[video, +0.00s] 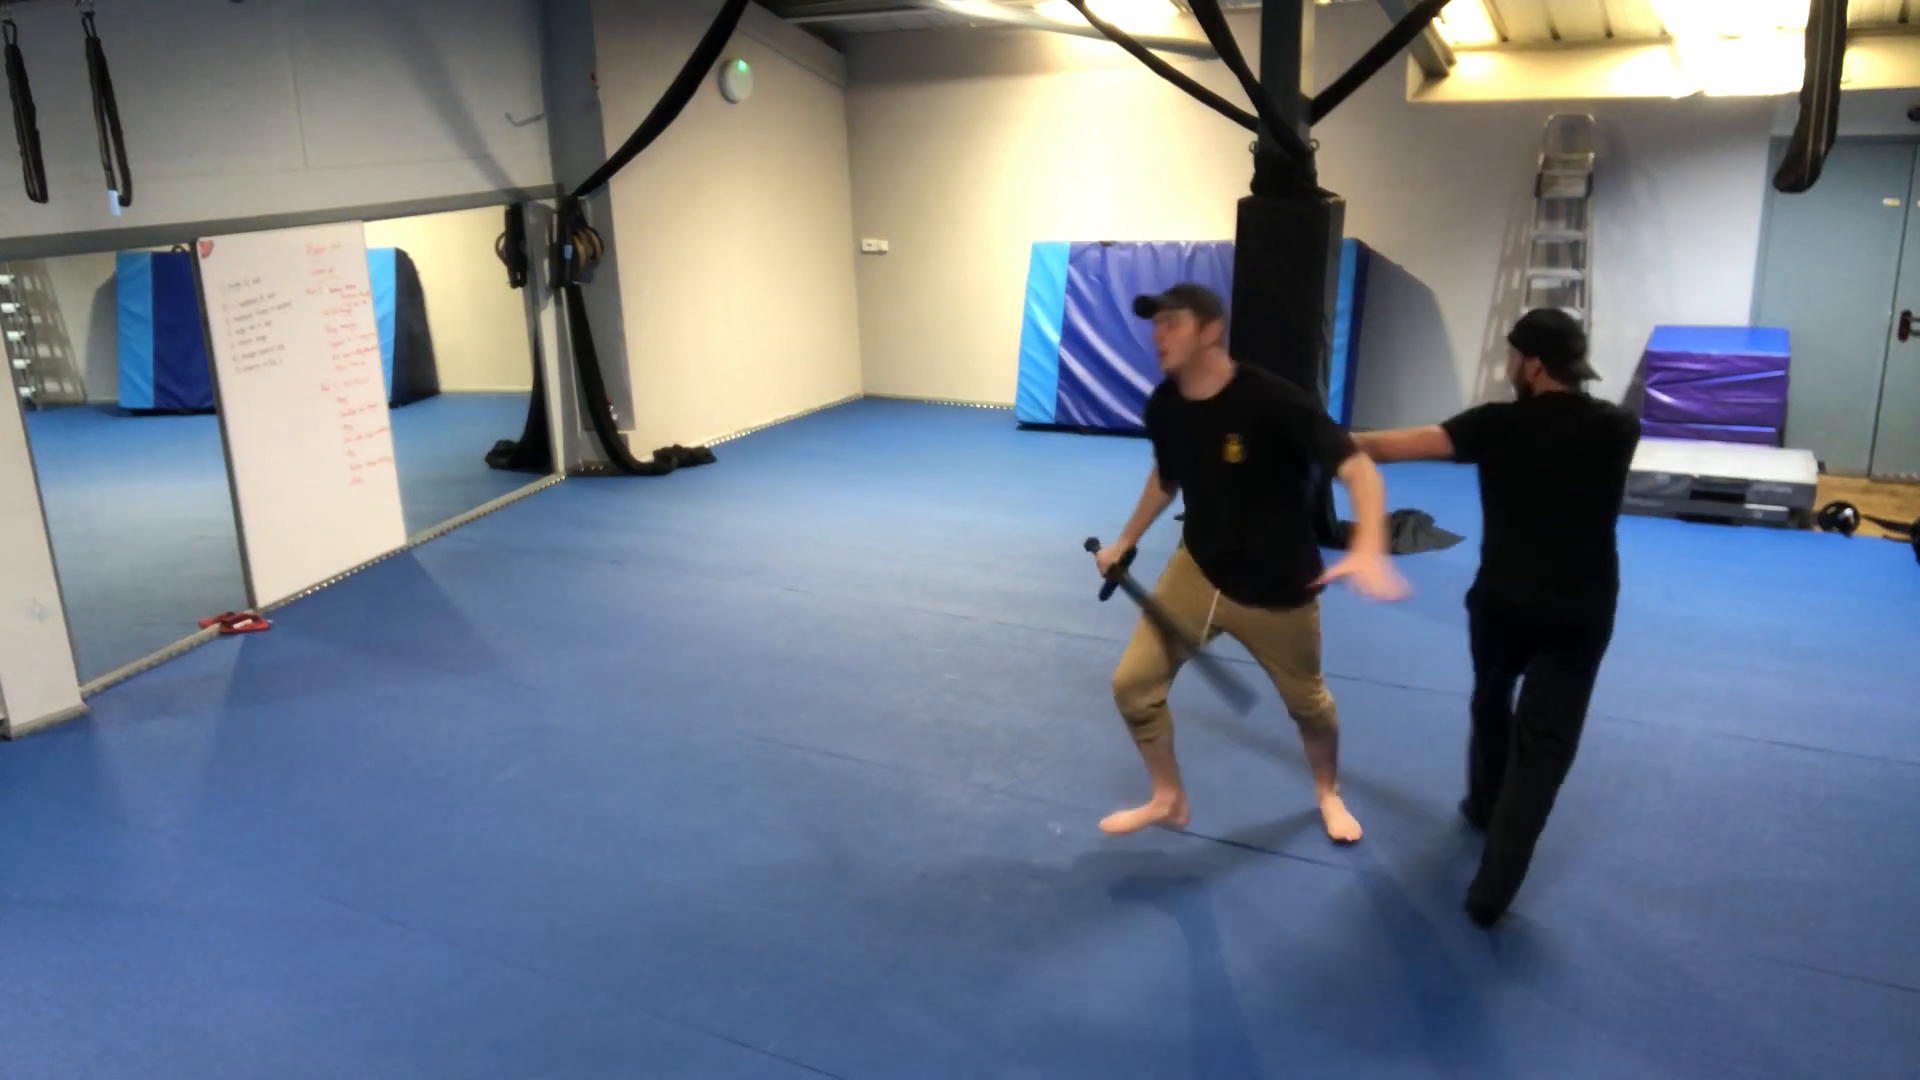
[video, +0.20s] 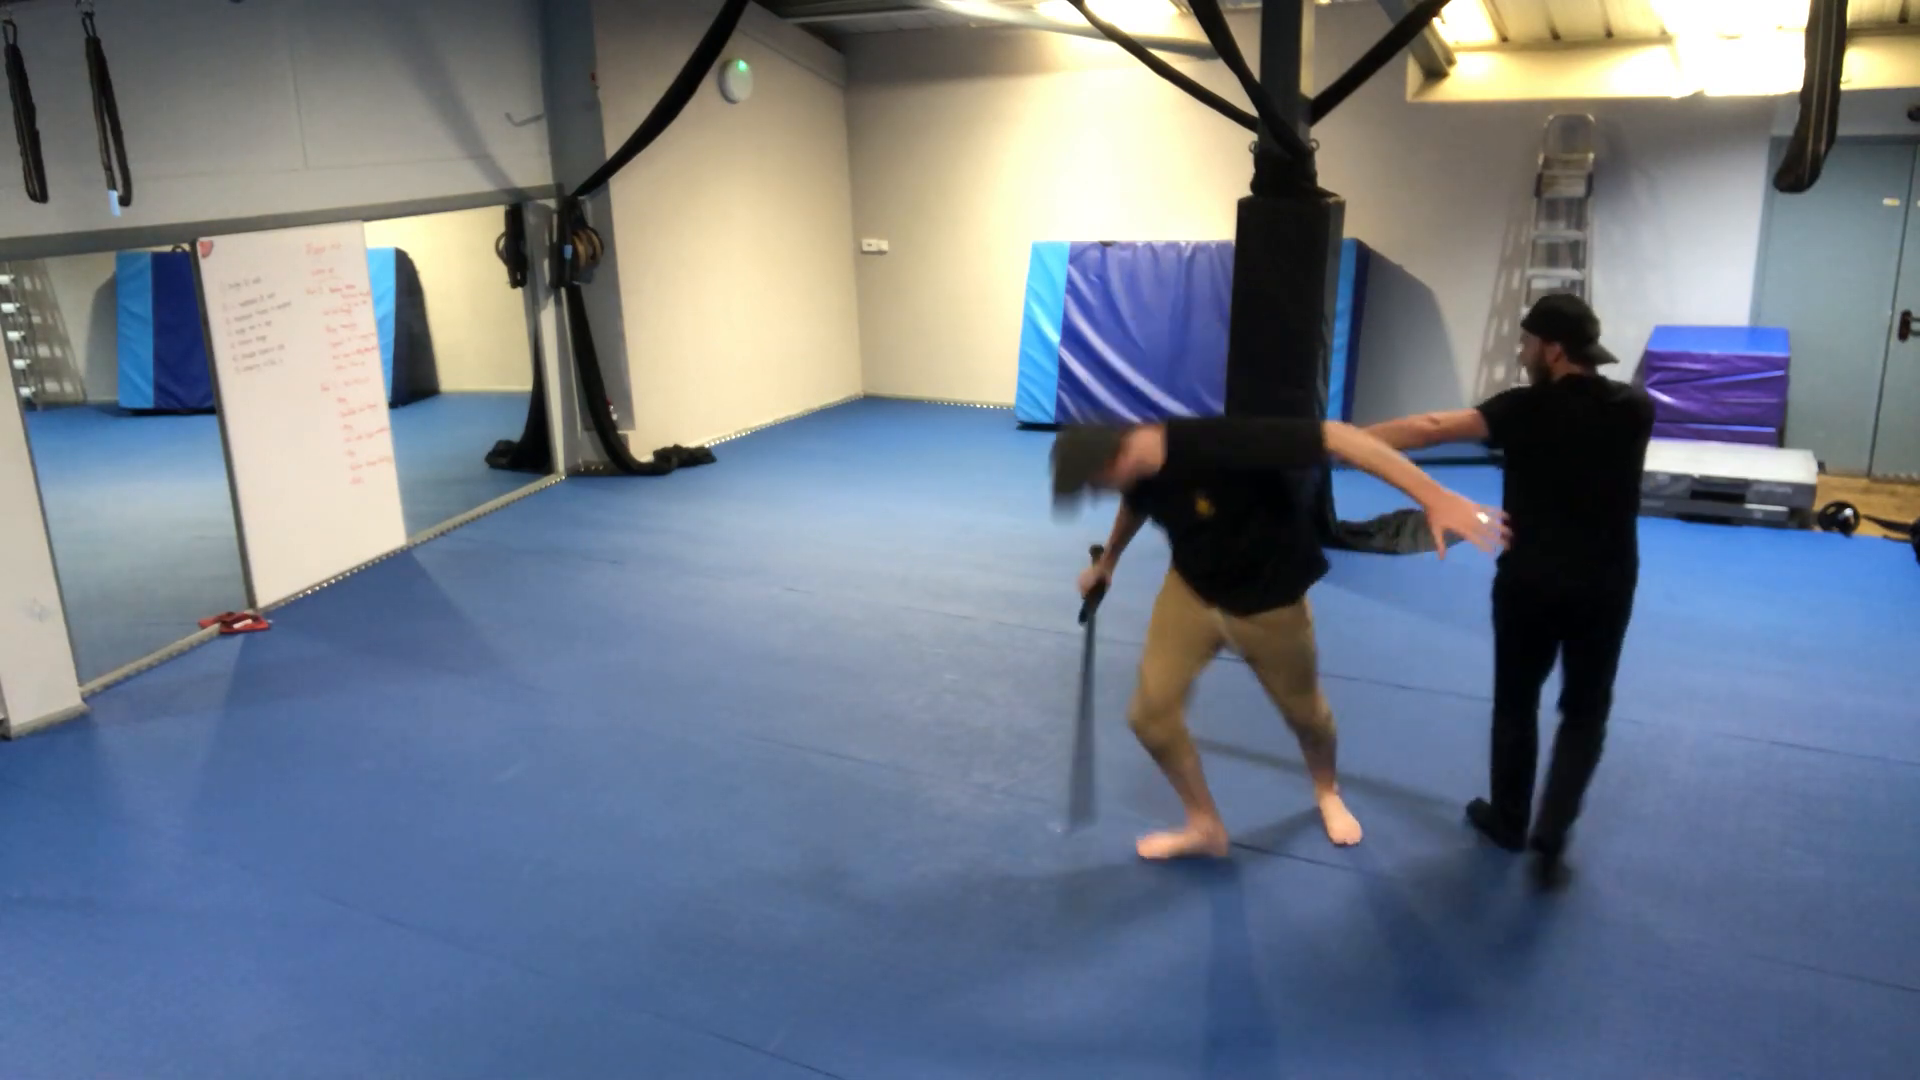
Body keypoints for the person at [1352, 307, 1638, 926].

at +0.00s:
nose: (1510, 367)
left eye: (1513, 358)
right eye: (1513, 356)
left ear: (1531, 363)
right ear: (1576, 362)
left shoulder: (1499, 424)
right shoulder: (1619, 427)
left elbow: (1395, 445)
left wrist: (1337, 443)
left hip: (1504, 603)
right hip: (1581, 614)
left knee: (1491, 694)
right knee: (1547, 745)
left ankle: (1484, 800)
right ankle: (1491, 895)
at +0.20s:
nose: (1524, 353)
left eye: (1529, 343)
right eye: (1526, 342)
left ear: (1552, 347)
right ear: (1586, 346)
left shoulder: (1525, 406)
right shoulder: (1635, 407)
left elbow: (1434, 428)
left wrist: (1355, 439)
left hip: (1529, 582)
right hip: (1605, 588)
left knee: (1516, 701)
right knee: (1585, 710)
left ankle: (1509, 820)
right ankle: (1552, 835)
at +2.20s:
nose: (1504, 319)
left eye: (1510, 311)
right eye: (1501, 311)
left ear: (1540, 307)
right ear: (1548, 307)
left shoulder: (1520, 362)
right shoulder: (1582, 335)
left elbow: (1457, 412)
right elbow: (1539, 338)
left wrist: (1488, 365)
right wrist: (1504, 337)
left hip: (1521, 488)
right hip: (1561, 479)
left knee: (1519, 596)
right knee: (1523, 568)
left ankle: (1549, 709)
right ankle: (1502, 641)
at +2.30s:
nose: (1498, 315)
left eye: (1504, 307)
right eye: (1495, 307)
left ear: (1535, 303)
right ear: (1542, 304)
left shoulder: (1515, 357)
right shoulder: (1573, 333)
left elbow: (1455, 407)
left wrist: (1481, 362)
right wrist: (1498, 338)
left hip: (1512, 481)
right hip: (1546, 473)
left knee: (1518, 588)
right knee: (1515, 572)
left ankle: (1549, 706)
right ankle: (1493, 651)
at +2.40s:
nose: (1491, 310)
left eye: (1498, 302)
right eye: (1488, 301)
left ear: (1528, 299)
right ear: (1535, 299)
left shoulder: (1510, 351)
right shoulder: (1563, 328)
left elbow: (1451, 402)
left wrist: (1471, 357)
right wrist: (1491, 335)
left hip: (1505, 473)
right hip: (1538, 466)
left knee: (1510, 577)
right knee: (1502, 564)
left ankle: (1546, 697)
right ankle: (1492, 650)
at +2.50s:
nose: (1483, 308)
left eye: (1491, 299)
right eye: (1481, 298)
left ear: (1519, 296)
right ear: (1525, 296)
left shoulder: (1505, 347)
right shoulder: (1553, 324)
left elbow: (1445, 397)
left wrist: (1463, 353)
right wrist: (1482, 327)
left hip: (1499, 466)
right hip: (1528, 459)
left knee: (1493, 569)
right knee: (1491, 561)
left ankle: (1540, 683)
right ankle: (1492, 649)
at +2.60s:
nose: (1476, 305)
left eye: (1483, 297)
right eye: (1474, 297)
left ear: (1511, 293)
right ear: (1516, 293)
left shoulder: (1502, 342)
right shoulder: (1543, 320)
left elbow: (1440, 392)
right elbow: (1514, 308)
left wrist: (1453, 344)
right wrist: (1477, 316)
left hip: (1493, 463)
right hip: (1519, 457)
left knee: (1469, 568)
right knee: (1490, 561)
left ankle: (1528, 668)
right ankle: (1491, 649)